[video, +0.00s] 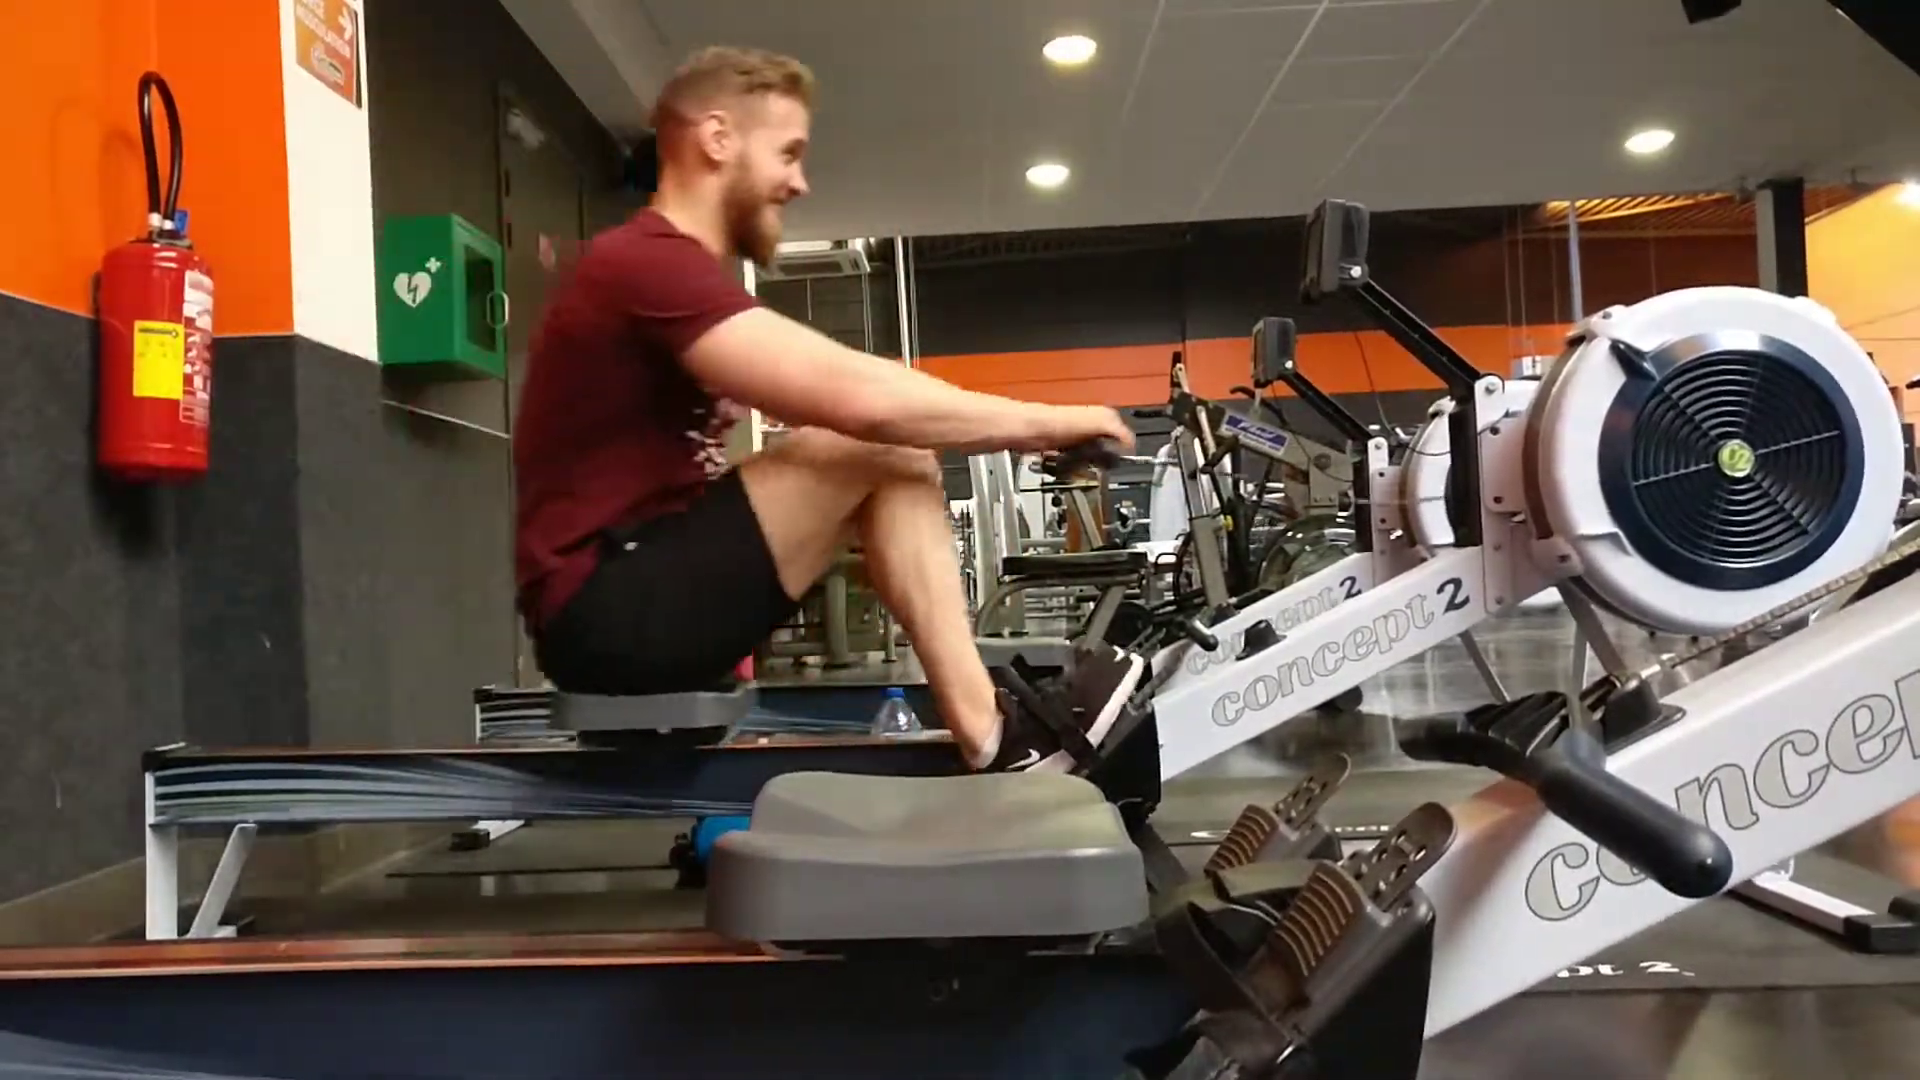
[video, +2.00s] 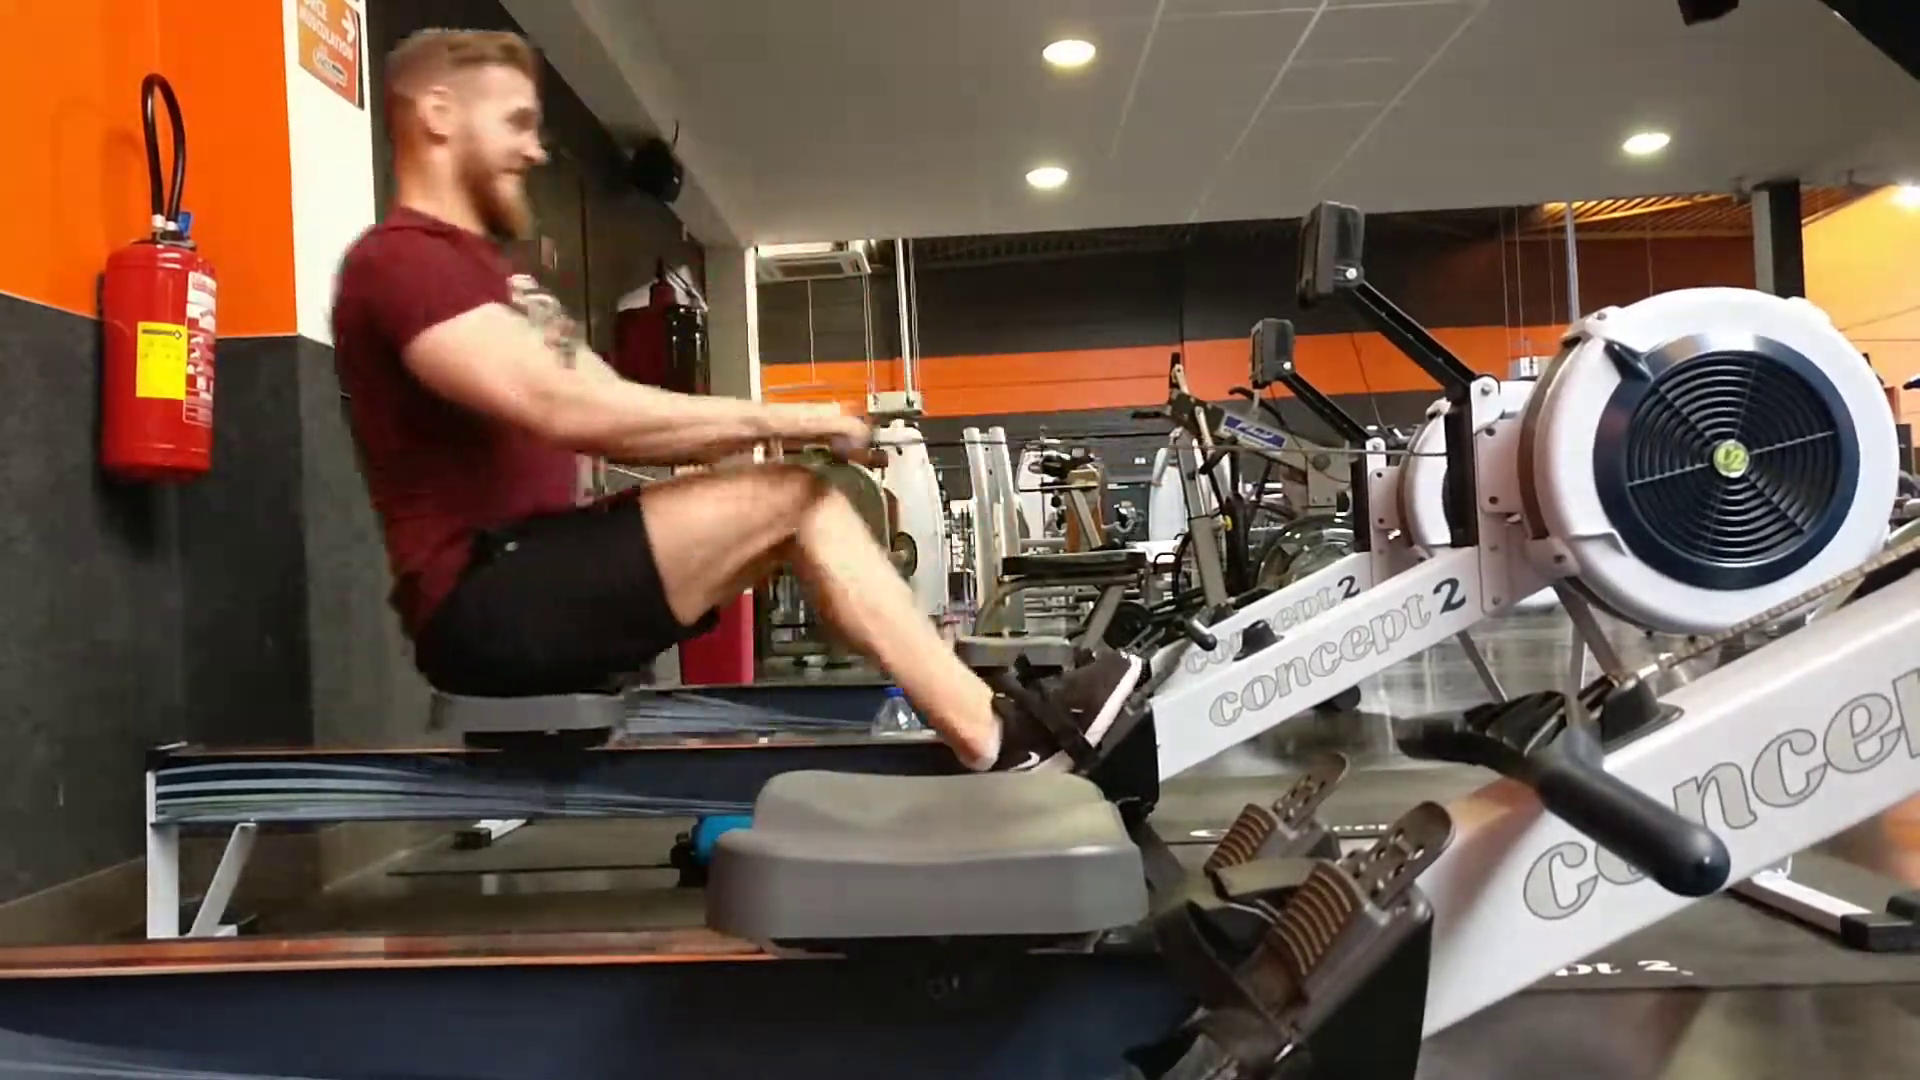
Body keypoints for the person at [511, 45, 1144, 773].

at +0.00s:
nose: (800, 183)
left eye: (802, 160)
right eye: (788, 153)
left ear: (716, 145)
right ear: (714, 138)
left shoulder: (667, 269)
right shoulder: (646, 266)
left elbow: (847, 392)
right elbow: (855, 397)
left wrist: (1026, 422)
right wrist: (1034, 422)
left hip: (630, 604)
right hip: (611, 615)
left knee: (872, 444)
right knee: (889, 452)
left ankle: (976, 716)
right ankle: (983, 731)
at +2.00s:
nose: (535, 150)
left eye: (535, 129)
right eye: (516, 125)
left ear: (446, 122)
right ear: (431, 114)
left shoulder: (485, 267)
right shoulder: (402, 260)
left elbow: (614, 412)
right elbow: (571, 413)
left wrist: (786, 426)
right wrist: (787, 422)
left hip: (534, 589)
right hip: (487, 607)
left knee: (803, 485)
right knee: (798, 490)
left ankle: (986, 723)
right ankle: (991, 737)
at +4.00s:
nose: (761, 189)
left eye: (763, 165)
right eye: (751, 158)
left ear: (678, 145)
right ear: (672, 139)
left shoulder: (649, 284)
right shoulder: (585, 266)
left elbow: (777, 398)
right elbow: (769, 401)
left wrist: (941, 424)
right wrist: (954, 414)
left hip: (621, 608)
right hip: (587, 619)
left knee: (878, 457)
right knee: (876, 461)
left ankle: (973, 718)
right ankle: (977, 735)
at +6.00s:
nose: (673, 150)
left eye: (669, 126)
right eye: (653, 120)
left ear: (576, 124)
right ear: (569, 120)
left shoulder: (608, 265)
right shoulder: (529, 242)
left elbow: (719, 411)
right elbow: (699, 387)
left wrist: (892, 411)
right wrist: (901, 407)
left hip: (613, 600)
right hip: (572, 608)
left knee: (866, 447)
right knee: (863, 455)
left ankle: (982, 719)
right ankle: (986, 737)